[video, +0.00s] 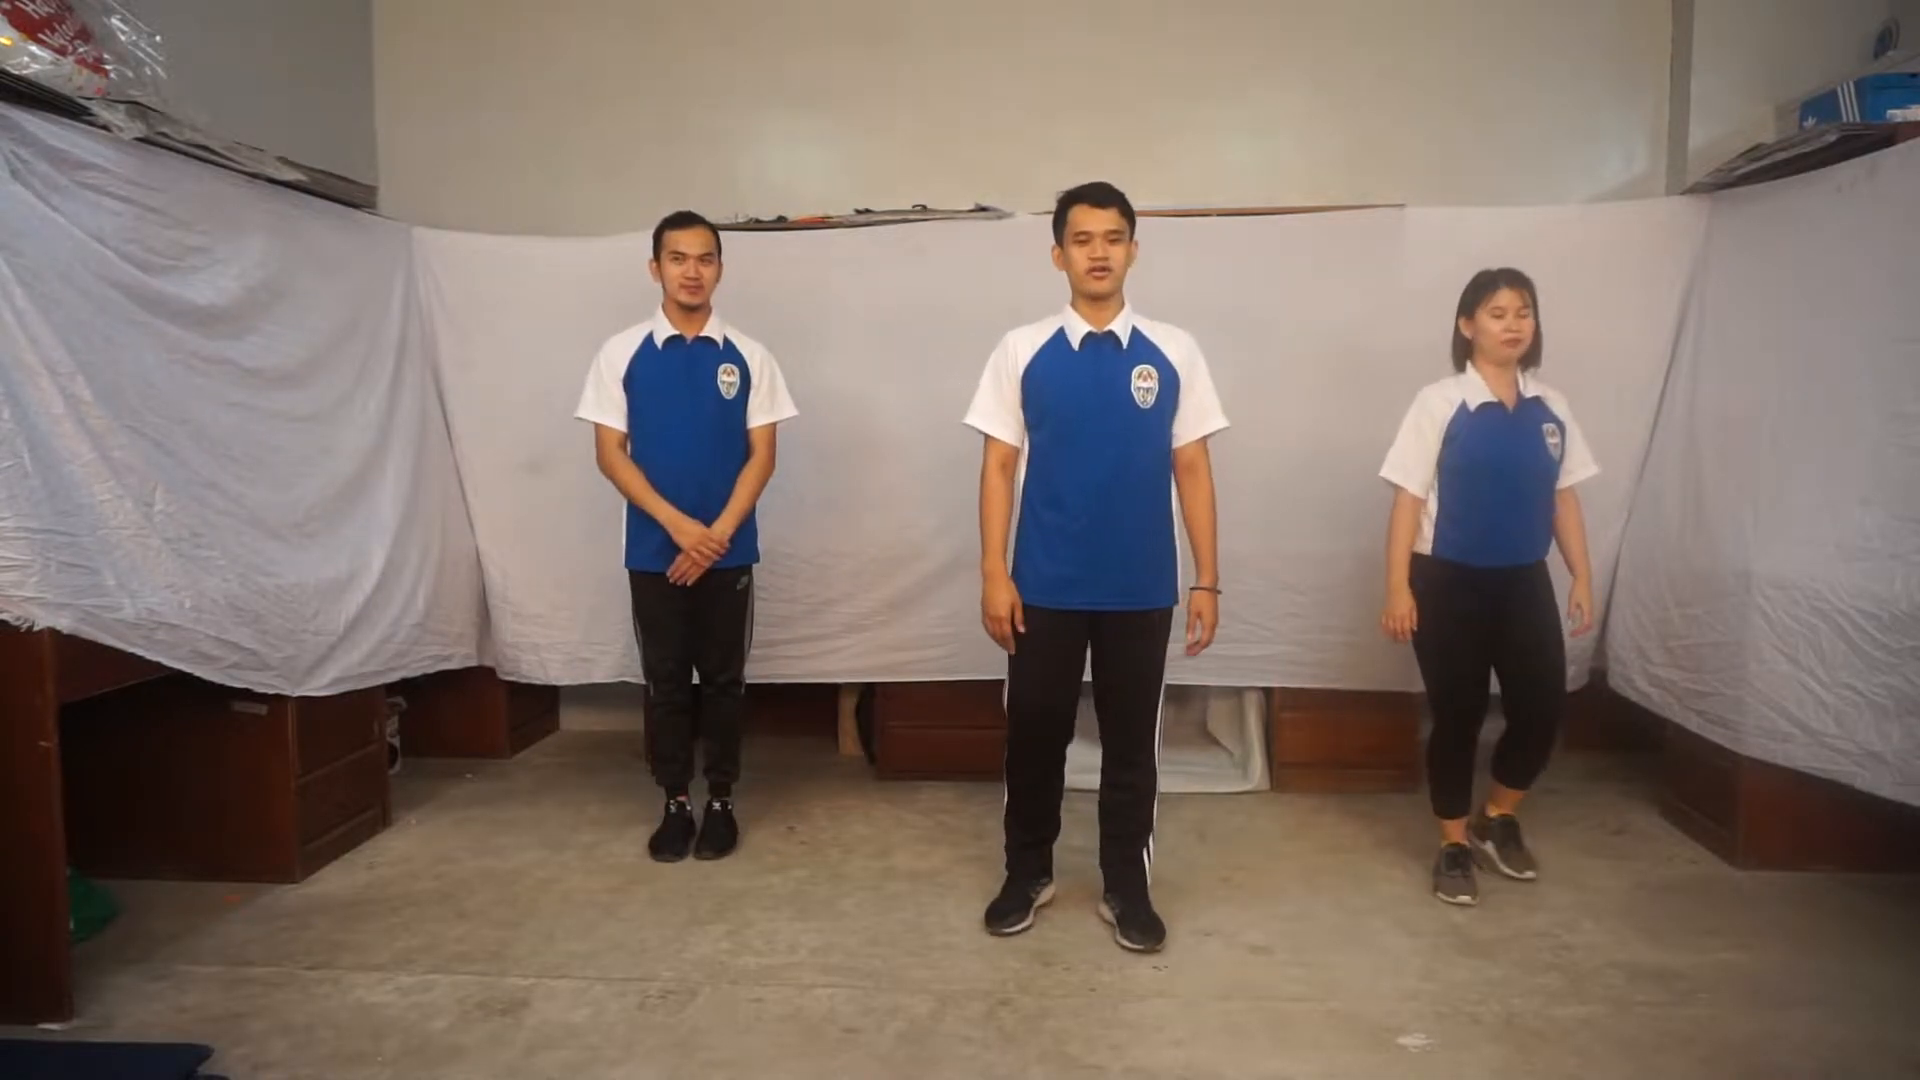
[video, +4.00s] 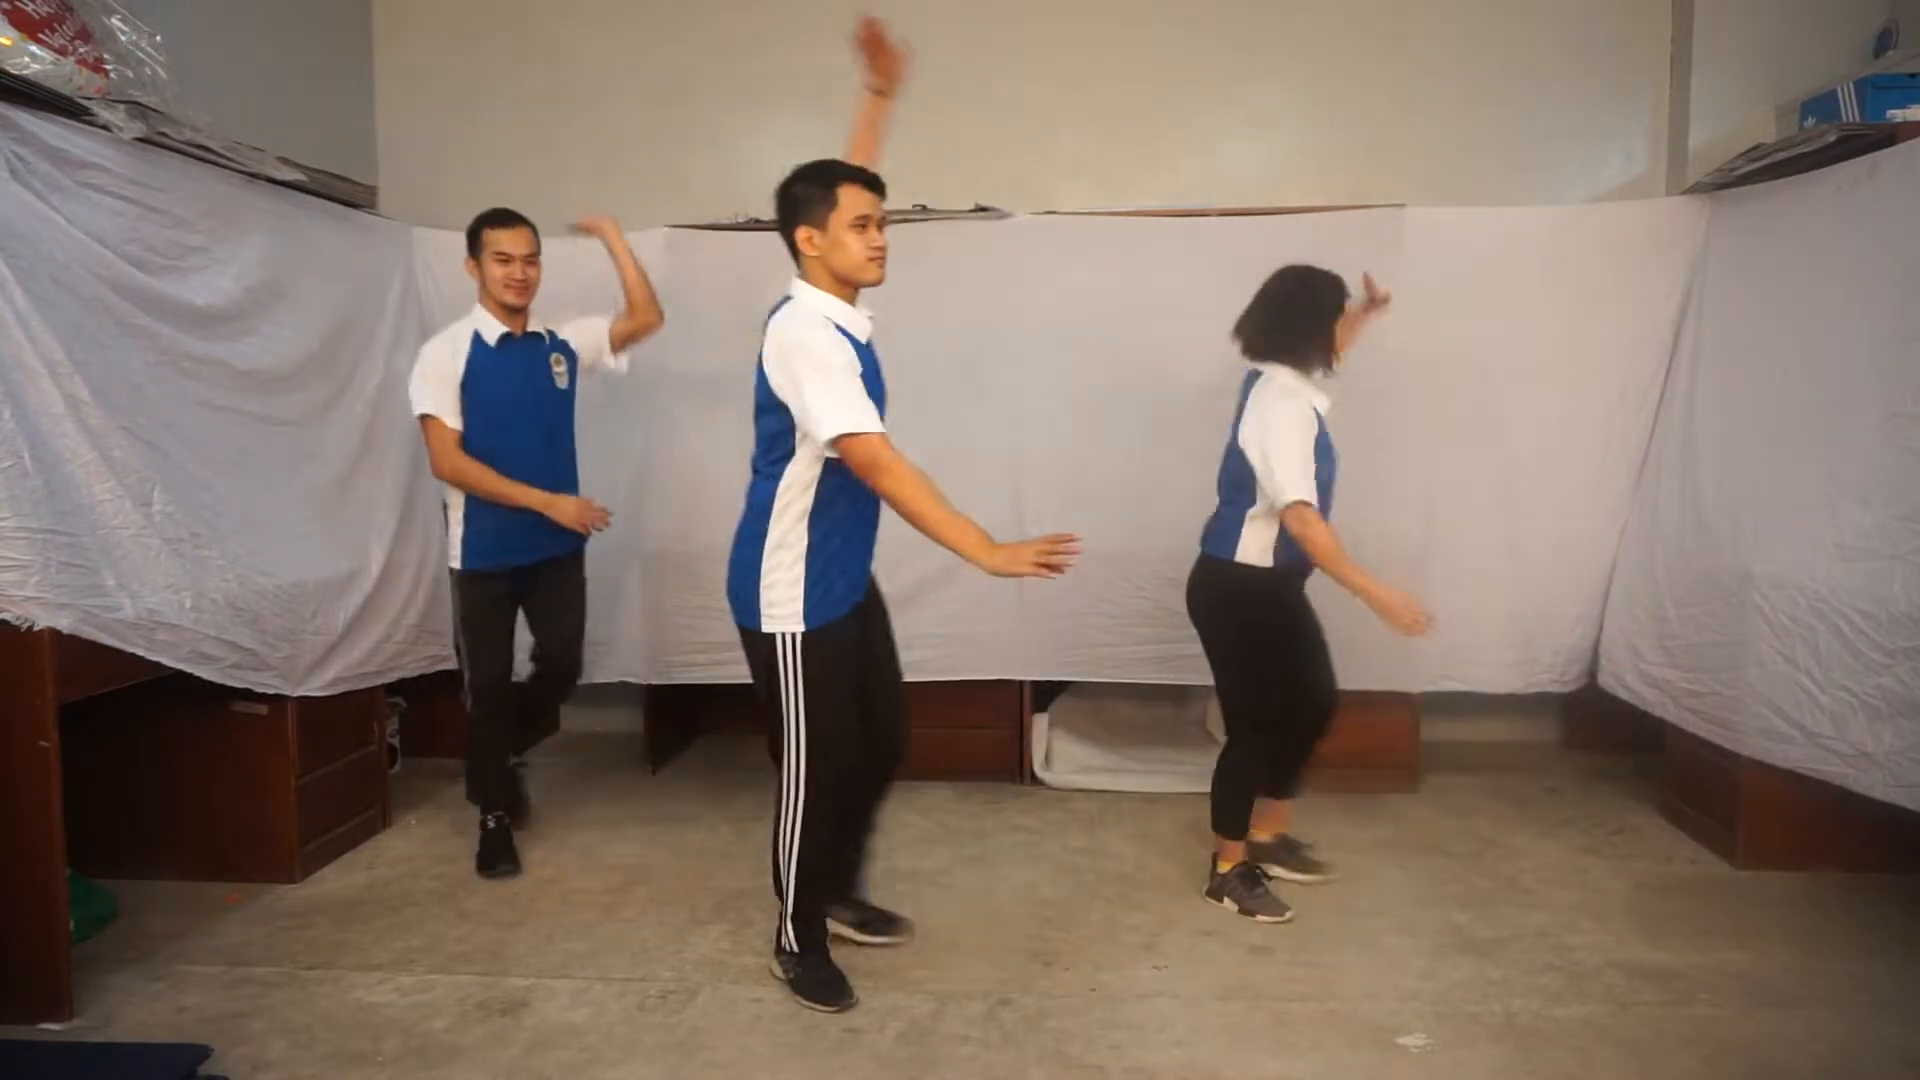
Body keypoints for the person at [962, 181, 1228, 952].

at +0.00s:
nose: (1100, 253)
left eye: (1114, 239)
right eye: (1083, 240)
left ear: (1132, 251)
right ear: (1060, 254)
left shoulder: (1171, 351)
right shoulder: (1021, 350)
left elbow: (1192, 471)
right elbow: (998, 468)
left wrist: (1204, 579)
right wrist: (994, 574)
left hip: (1139, 593)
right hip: (1044, 591)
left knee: (1131, 749)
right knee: (1034, 743)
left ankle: (1127, 886)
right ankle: (1027, 870)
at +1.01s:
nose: (1077, 251)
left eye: (1091, 237)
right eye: (1060, 238)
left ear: (1109, 249)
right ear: (1037, 251)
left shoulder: (1146, 351)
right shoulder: (994, 349)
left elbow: (1165, 474)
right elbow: (970, 467)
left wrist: (1174, 582)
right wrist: (973, 574)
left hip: (1116, 594)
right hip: (1023, 593)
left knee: (1116, 752)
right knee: (1024, 752)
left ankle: (1125, 885)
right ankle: (1019, 887)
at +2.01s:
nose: (1134, 257)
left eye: (1151, 243)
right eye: (1129, 242)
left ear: (1202, 247)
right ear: (1129, 246)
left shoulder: (1228, 342)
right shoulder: (1135, 334)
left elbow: (1221, 479)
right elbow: (1073, 355)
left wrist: (1151, 591)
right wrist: (1033, 366)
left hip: (1211, 590)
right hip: (1141, 576)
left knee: (1198, 754)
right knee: (1115, 720)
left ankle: (1206, 910)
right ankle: (1118, 871)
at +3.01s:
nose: (1129, 256)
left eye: (1145, 241)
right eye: (1126, 240)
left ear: (1199, 244)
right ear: (1176, 244)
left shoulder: (1191, 332)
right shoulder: (1193, 316)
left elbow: (1158, 481)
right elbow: (1152, 373)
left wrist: (1102, 548)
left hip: (1193, 584)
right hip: (1191, 577)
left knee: (1179, 759)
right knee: (1191, 744)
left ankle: (1193, 938)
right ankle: (1320, 848)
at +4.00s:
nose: (879, 240)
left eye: (878, 223)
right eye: (860, 227)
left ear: (842, 235)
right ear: (808, 240)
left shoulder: (837, 305)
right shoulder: (806, 333)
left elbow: (853, 200)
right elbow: (877, 466)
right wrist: (987, 550)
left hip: (841, 579)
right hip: (790, 593)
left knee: (879, 736)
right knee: (811, 770)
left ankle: (830, 888)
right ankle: (798, 938)